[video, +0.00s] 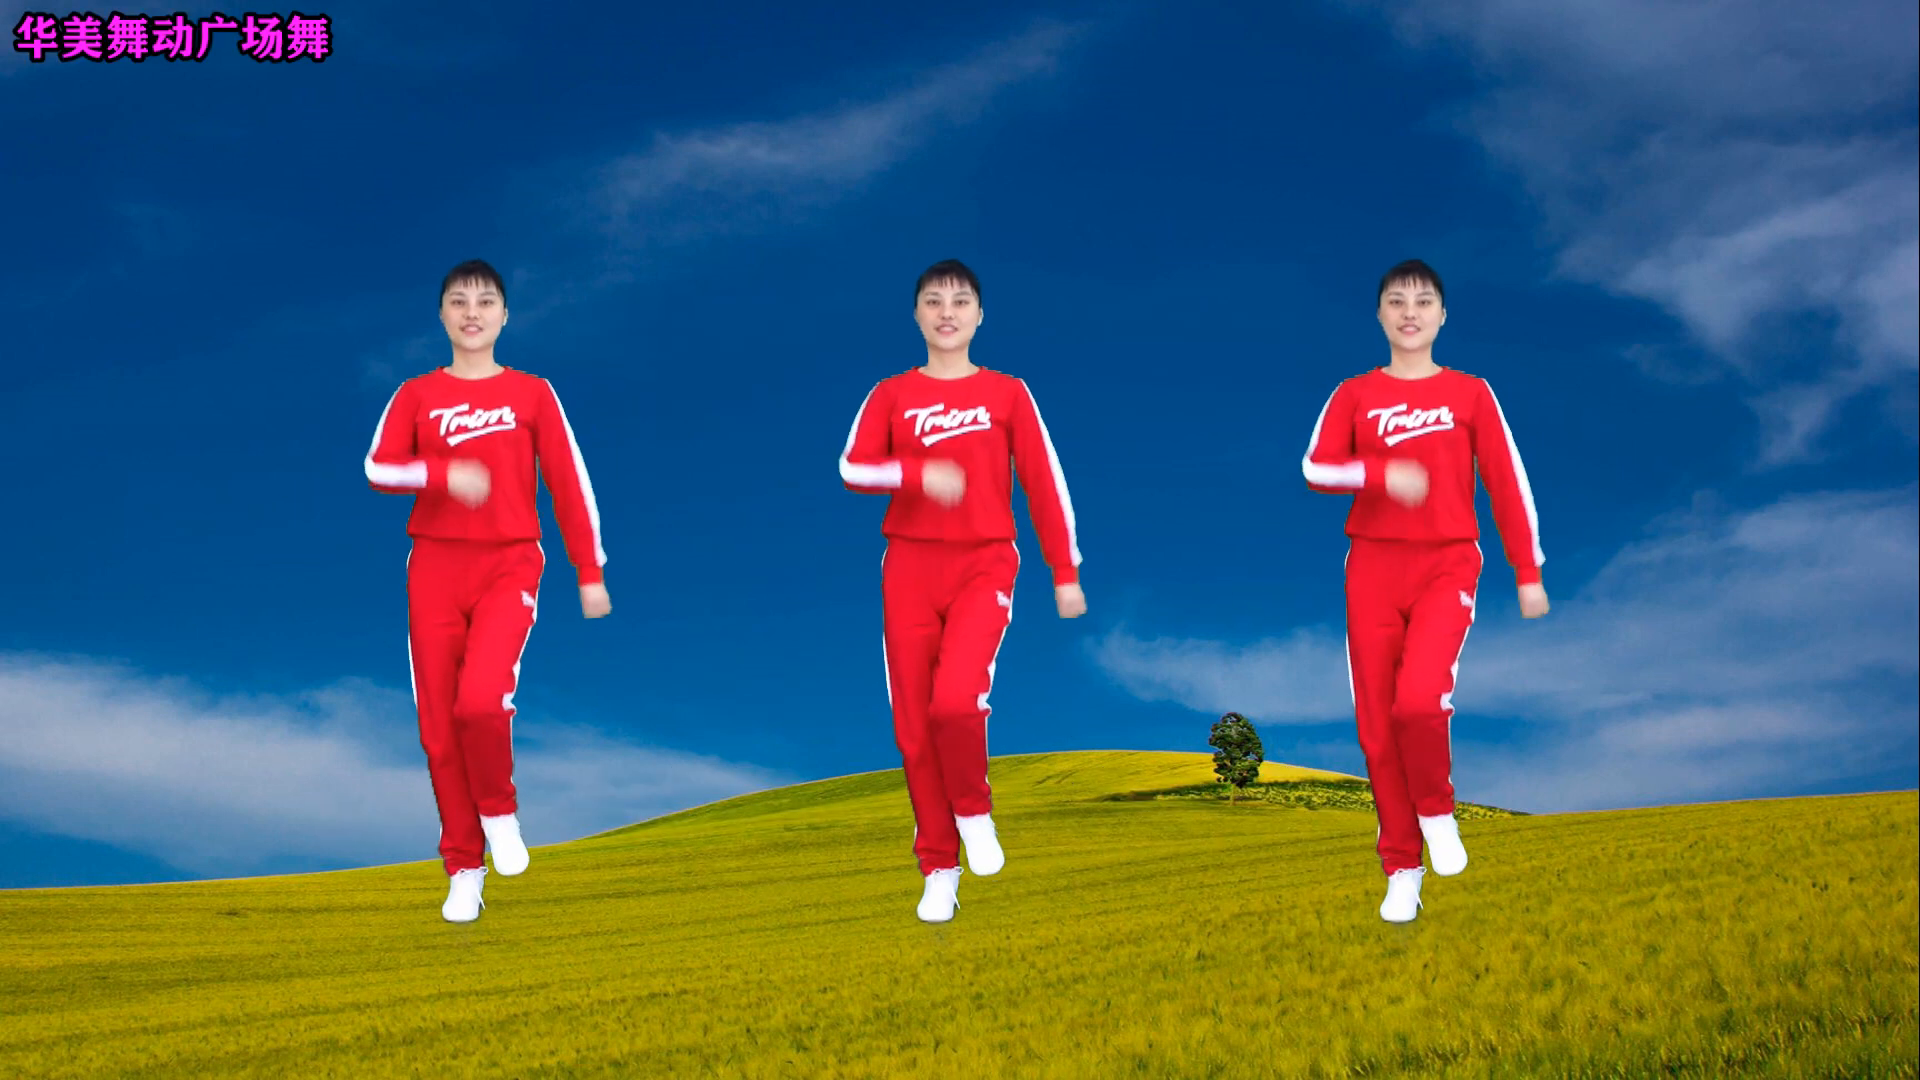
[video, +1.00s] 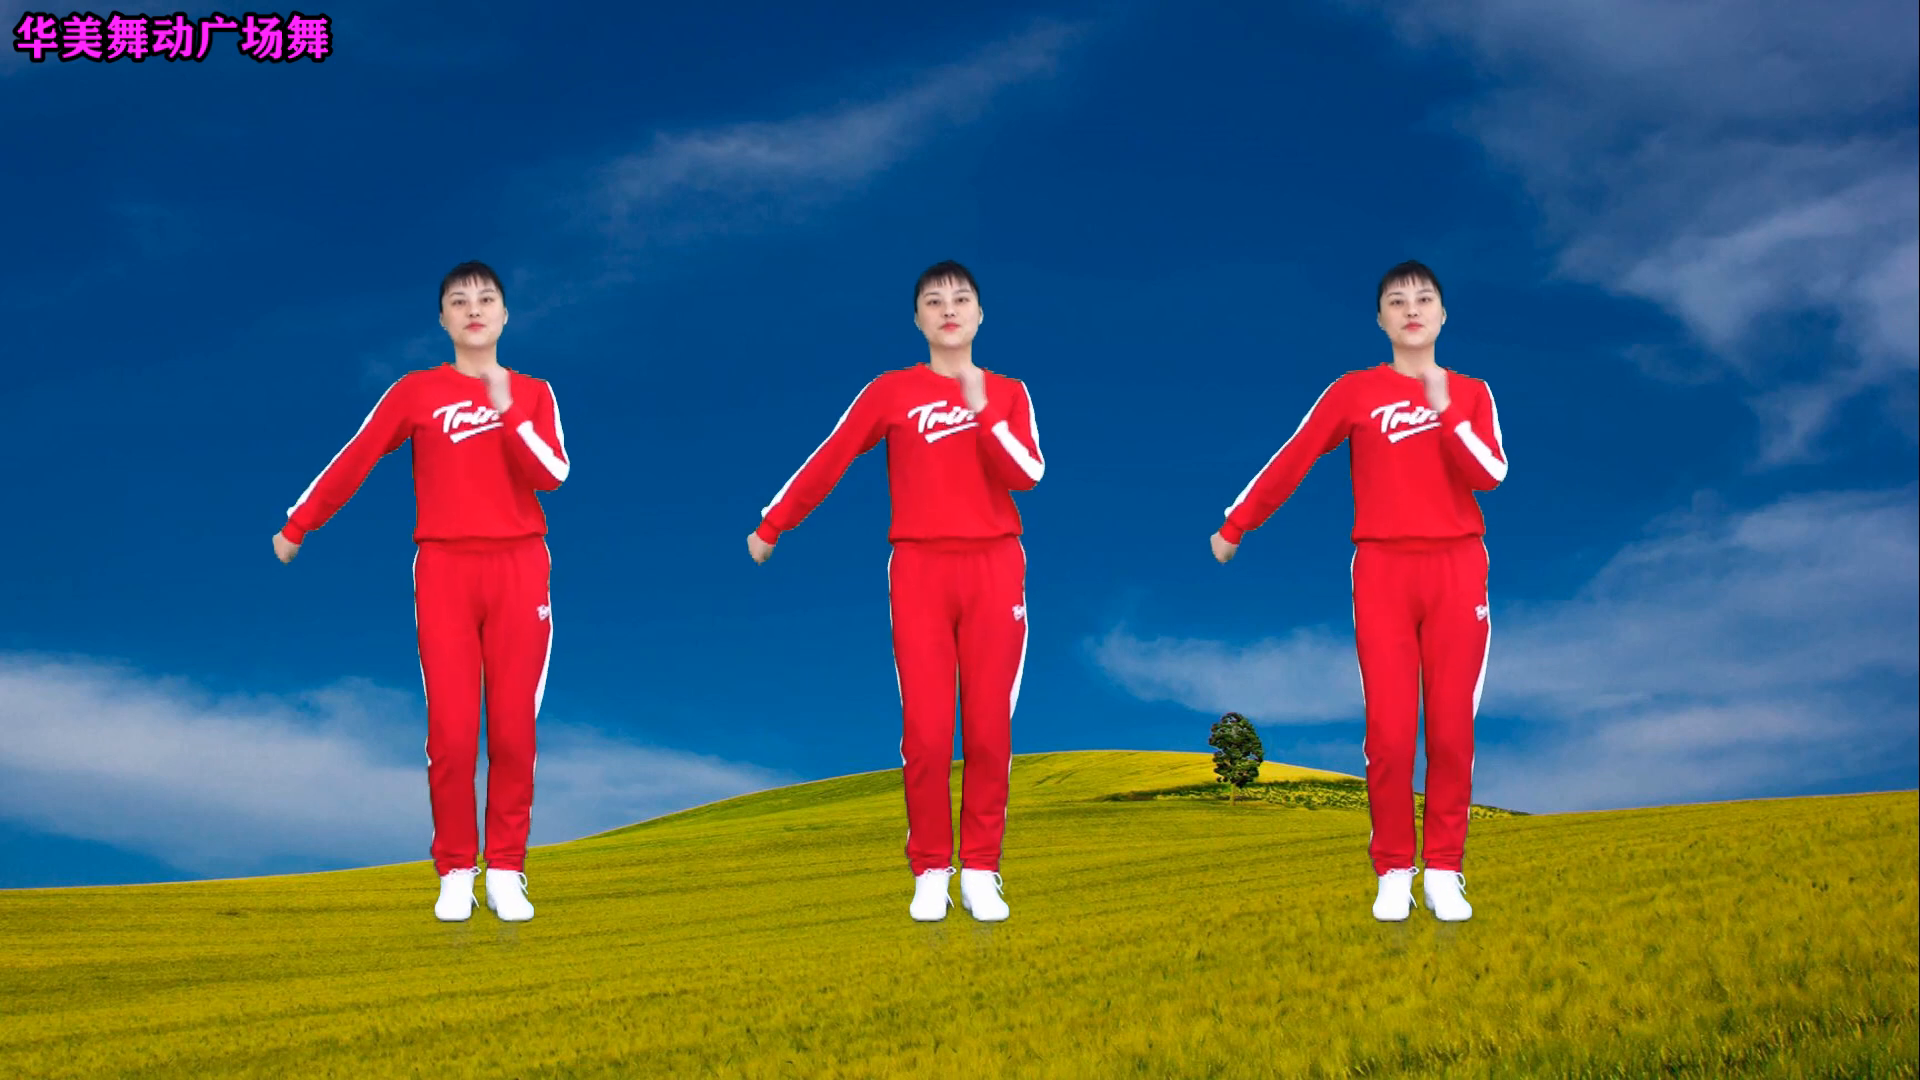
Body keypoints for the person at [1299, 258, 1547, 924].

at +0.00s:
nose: (1411, 312)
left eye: (1423, 302)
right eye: (1398, 302)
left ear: (1441, 314)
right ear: (1381, 315)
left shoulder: (1471, 392)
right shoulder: (1352, 394)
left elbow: (1508, 482)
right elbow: (1316, 469)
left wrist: (1528, 571)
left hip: (1448, 567)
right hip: (1373, 567)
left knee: (1417, 706)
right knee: (1375, 722)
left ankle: (1436, 810)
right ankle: (1402, 864)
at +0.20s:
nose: (1414, 307)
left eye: (1426, 298)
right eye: (1403, 297)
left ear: (1445, 310)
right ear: (1385, 310)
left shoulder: (1476, 385)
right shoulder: (1358, 390)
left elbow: (1533, 450)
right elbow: (1314, 476)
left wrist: (1577, 519)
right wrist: (1358, 416)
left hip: (1454, 566)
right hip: (1377, 568)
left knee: (1444, 730)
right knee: (1387, 730)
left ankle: (1445, 866)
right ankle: (1401, 867)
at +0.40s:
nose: (1417, 308)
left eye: (1429, 298)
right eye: (1404, 299)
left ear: (1448, 310)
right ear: (1388, 312)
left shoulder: (1480, 385)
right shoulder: (1363, 389)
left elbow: (1531, 465)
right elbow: (1344, 473)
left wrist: (1578, 542)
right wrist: (1386, 496)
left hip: (1463, 571)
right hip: (1387, 571)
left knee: (1454, 725)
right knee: (1396, 726)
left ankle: (1446, 867)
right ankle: (1403, 864)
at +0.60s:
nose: (1420, 326)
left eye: (1432, 315)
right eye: (1407, 317)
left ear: (1451, 328)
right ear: (1391, 332)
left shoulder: (1481, 408)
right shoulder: (1367, 411)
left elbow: (1496, 498)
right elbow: (1348, 507)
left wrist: (1483, 574)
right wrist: (1337, 595)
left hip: (1470, 582)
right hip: (1395, 581)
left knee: (1470, 726)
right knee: (1425, 703)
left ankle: (1445, 868)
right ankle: (1412, 807)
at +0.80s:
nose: (1418, 300)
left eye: (1429, 289)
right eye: (1405, 293)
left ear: (1449, 303)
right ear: (1388, 310)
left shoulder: (1482, 381)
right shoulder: (1364, 386)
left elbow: (1515, 460)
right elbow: (1308, 460)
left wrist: (1459, 414)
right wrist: (1263, 538)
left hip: (1466, 558)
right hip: (1390, 558)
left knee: (1459, 712)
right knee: (1412, 709)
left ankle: (1447, 860)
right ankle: (1406, 833)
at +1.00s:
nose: (1412, 310)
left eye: (1423, 300)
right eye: (1399, 303)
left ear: (1442, 313)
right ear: (1382, 319)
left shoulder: (1471, 392)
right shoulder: (1352, 391)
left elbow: (1489, 475)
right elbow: (1292, 459)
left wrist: (1444, 412)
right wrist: (1235, 525)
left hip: (1459, 567)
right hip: (1383, 568)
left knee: (1452, 726)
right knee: (1390, 727)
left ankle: (1444, 869)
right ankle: (1394, 870)